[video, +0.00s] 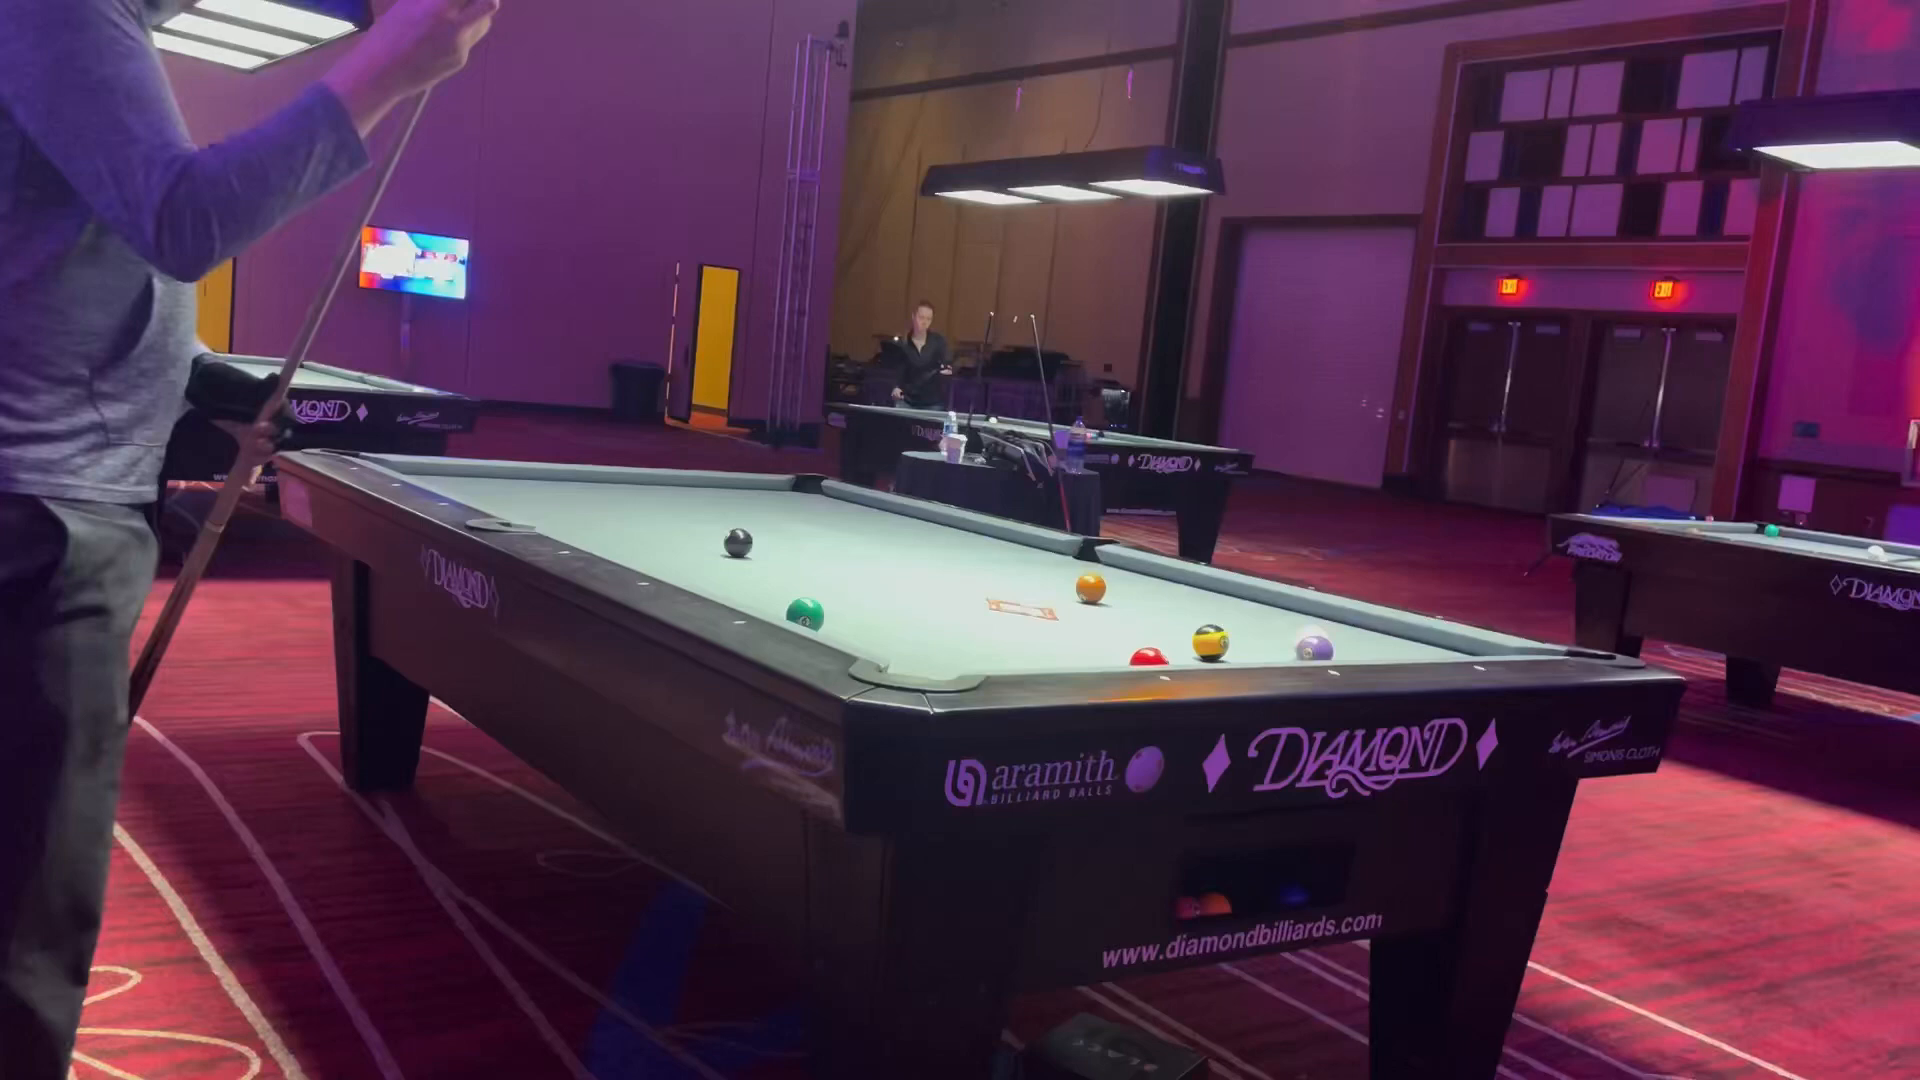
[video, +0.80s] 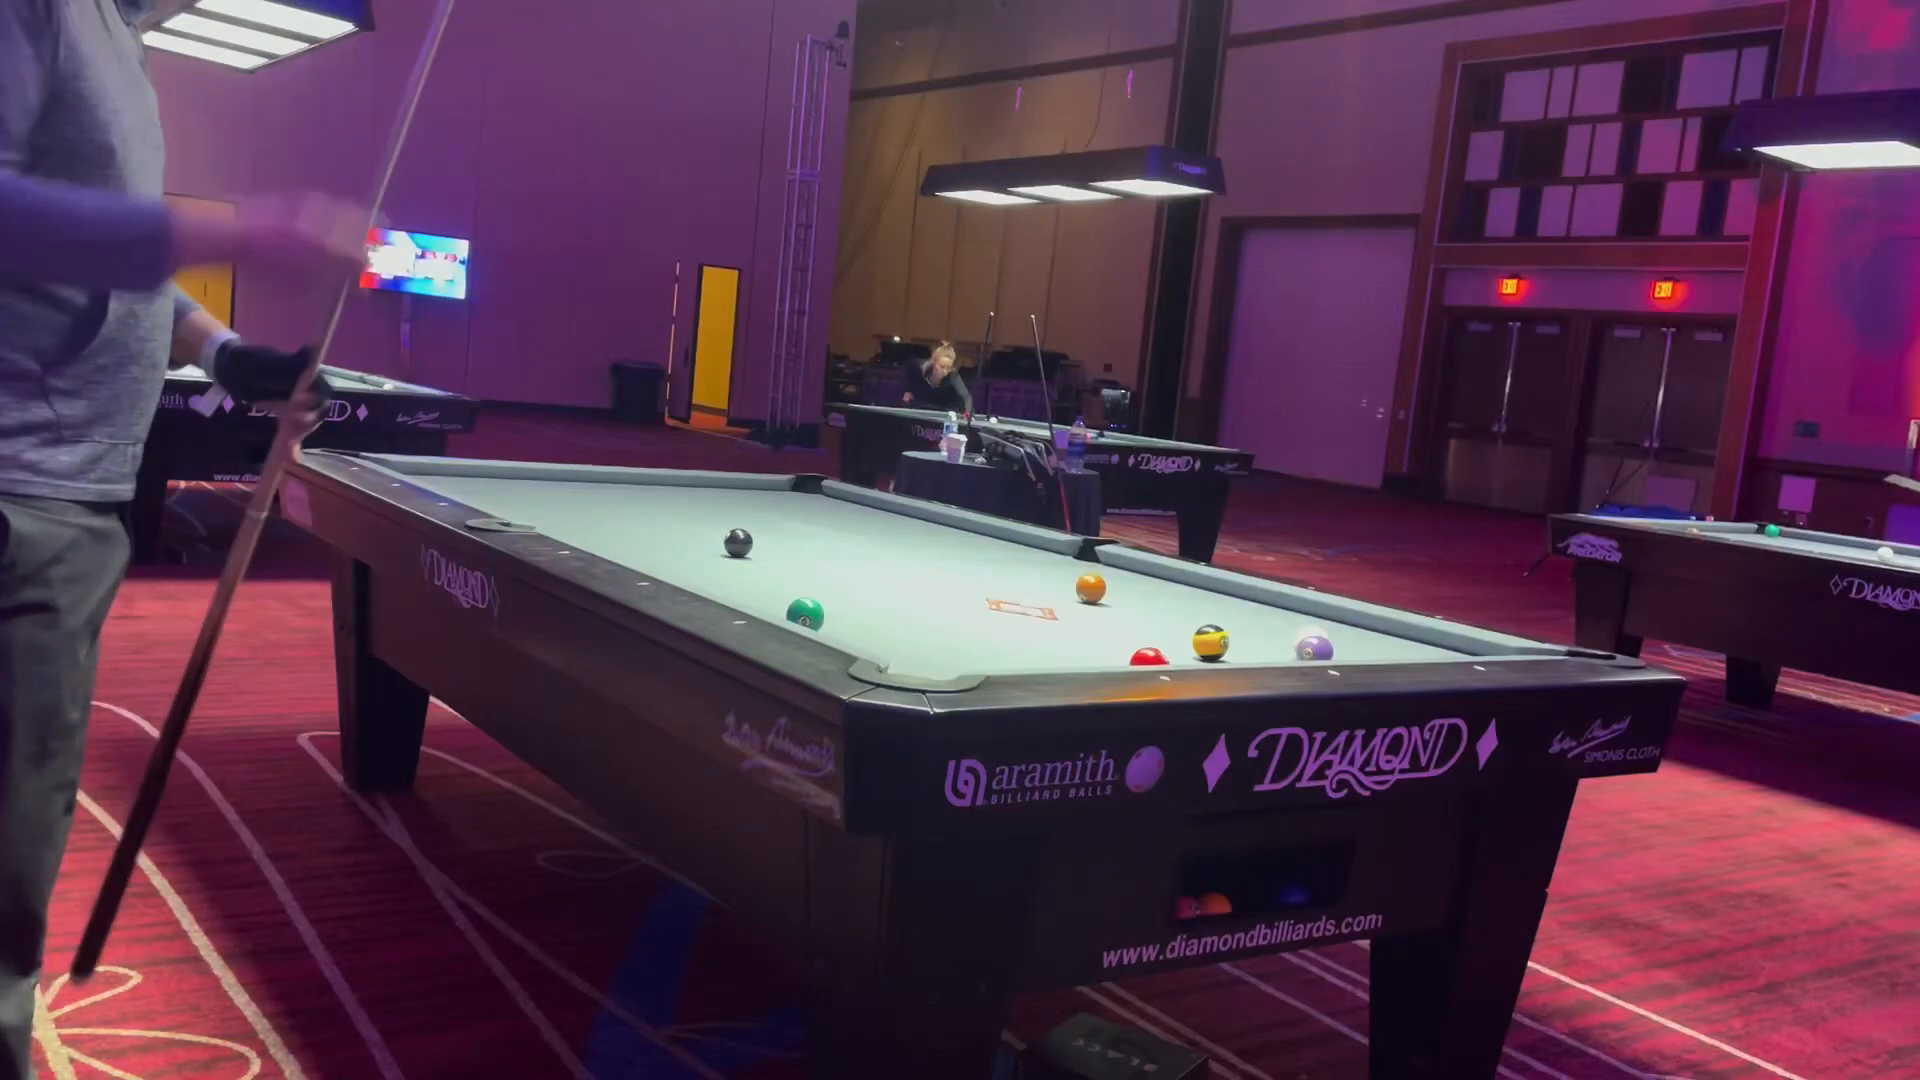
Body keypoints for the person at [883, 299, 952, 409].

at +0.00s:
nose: (924, 322)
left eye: (928, 319)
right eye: (921, 318)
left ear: (931, 321)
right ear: (913, 317)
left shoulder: (938, 341)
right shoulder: (902, 342)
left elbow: (946, 360)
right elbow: (898, 368)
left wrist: (947, 368)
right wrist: (896, 387)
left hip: (932, 401)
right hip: (906, 399)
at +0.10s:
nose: (929, 328)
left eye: (933, 325)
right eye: (926, 323)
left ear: (936, 327)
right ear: (918, 323)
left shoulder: (940, 344)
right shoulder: (907, 346)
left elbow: (953, 362)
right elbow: (900, 371)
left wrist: (953, 375)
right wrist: (898, 392)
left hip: (936, 402)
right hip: (912, 401)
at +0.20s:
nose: (933, 335)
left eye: (937, 332)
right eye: (930, 330)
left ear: (940, 334)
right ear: (922, 329)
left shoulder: (944, 352)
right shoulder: (910, 351)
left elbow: (962, 377)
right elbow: (902, 375)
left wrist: (957, 387)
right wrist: (901, 396)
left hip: (940, 405)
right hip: (915, 404)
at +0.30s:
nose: (937, 343)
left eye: (941, 340)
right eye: (934, 339)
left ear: (944, 342)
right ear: (925, 337)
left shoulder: (948, 358)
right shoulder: (913, 357)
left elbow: (964, 382)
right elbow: (902, 380)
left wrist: (959, 396)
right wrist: (904, 400)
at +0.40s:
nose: (939, 353)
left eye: (943, 349)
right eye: (936, 347)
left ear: (947, 350)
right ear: (928, 346)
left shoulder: (951, 364)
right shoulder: (916, 361)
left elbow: (966, 387)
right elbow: (904, 381)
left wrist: (961, 403)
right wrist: (905, 400)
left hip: (944, 414)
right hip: (918, 412)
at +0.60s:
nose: (943, 365)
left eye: (946, 362)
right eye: (940, 361)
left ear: (949, 362)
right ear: (931, 357)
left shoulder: (951, 372)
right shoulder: (916, 368)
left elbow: (966, 393)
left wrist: (966, 411)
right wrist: (906, 397)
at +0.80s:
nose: (944, 372)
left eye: (948, 368)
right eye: (941, 367)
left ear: (951, 368)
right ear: (933, 362)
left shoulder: (952, 377)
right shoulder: (918, 368)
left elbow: (967, 397)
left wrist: (967, 413)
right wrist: (907, 390)